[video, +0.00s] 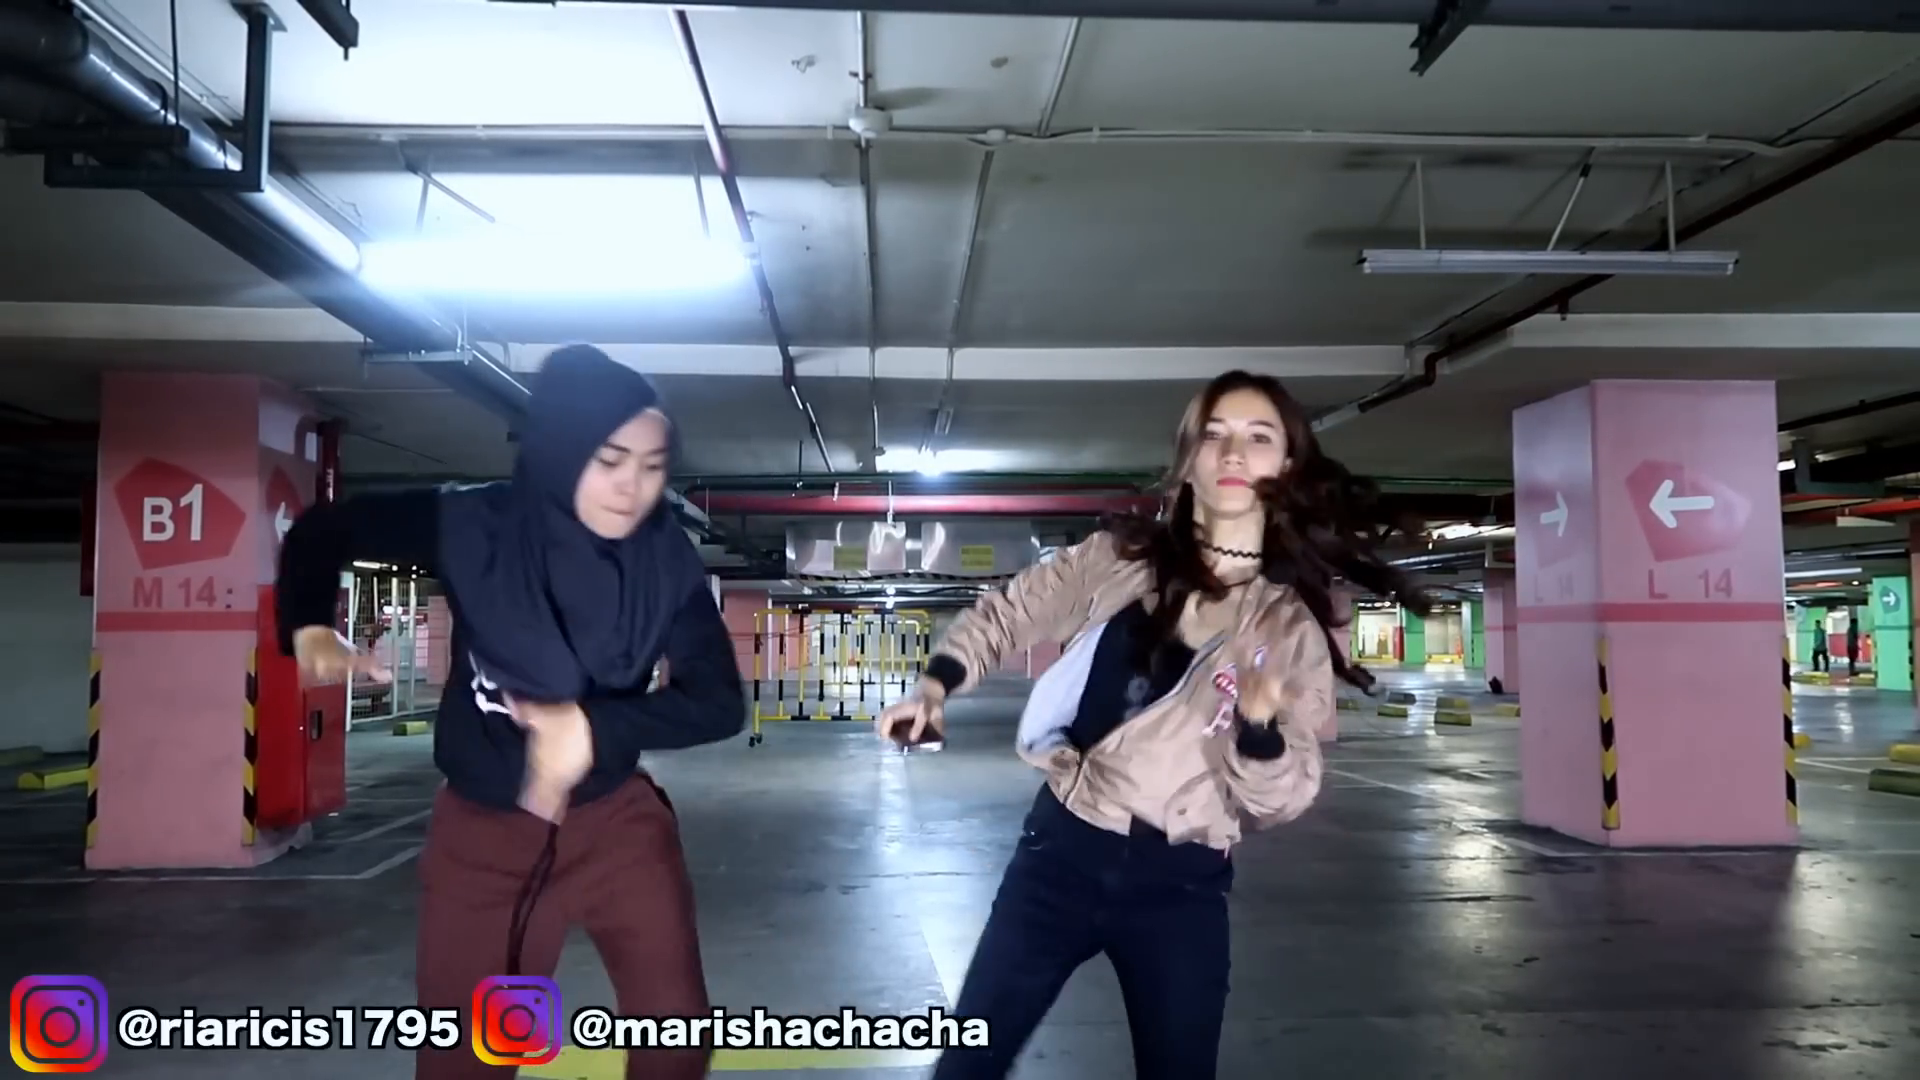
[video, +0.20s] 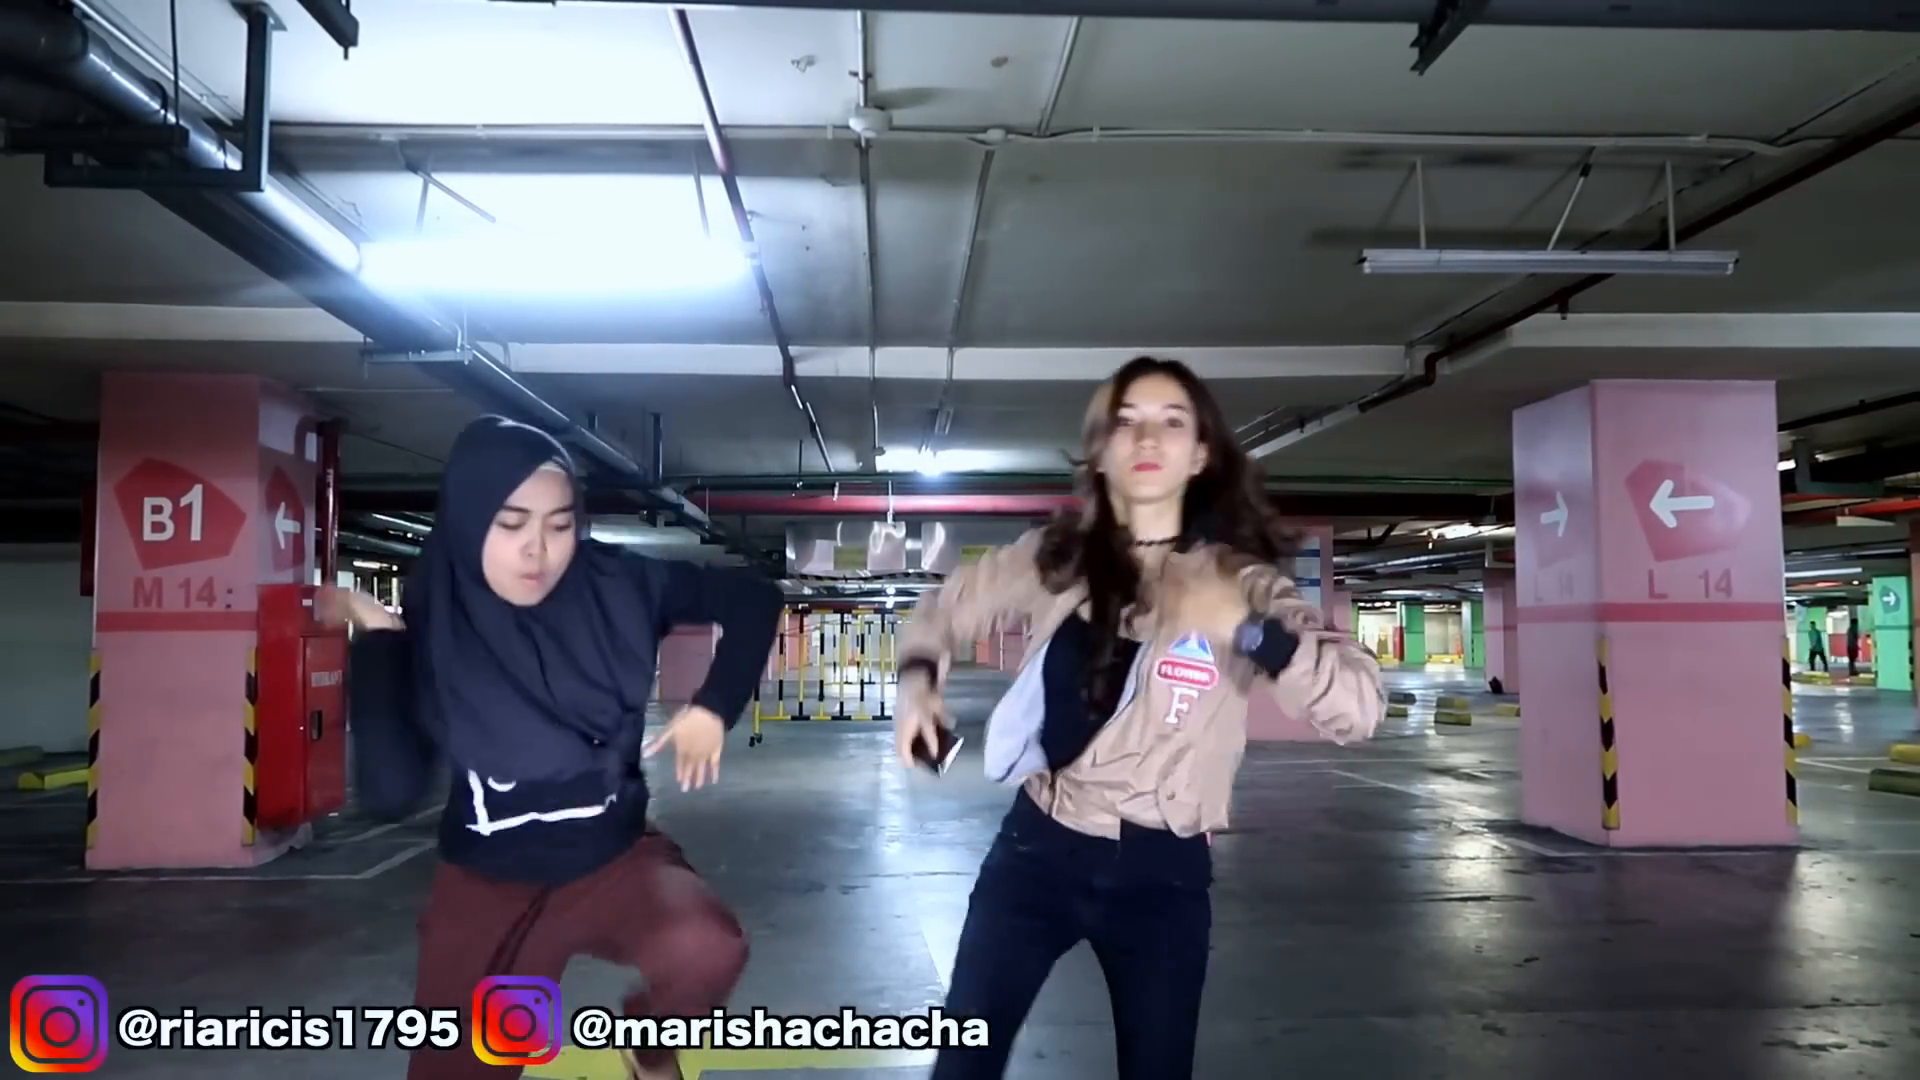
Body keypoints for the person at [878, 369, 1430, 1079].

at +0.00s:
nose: (1235, 454)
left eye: (1259, 438)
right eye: (1218, 436)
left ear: (1287, 464)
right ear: (1189, 458)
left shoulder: (1290, 627)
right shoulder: (1120, 559)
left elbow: (1284, 800)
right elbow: (1008, 612)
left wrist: (1257, 725)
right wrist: (934, 687)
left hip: (1180, 882)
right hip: (1060, 856)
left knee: (1180, 1069)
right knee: (965, 1060)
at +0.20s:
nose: (1146, 437)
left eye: (1171, 423)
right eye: (1126, 422)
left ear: (1203, 455)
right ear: (1099, 452)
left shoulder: (1242, 583)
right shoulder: (1058, 558)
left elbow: (1358, 715)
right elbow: (944, 610)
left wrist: (1265, 639)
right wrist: (917, 686)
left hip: (1161, 870)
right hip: (1037, 852)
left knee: (1157, 1070)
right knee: (961, 1060)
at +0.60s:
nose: (1084, 459)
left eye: (1104, 439)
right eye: (1061, 442)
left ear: (1129, 457)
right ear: (1030, 463)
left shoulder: (1195, 553)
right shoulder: (1011, 613)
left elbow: (1277, 610)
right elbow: (987, 796)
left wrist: (1347, 677)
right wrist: (1019, 775)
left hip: (1251, 849)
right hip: (1129, 870)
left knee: (1306, 1065)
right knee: (1084, 1069)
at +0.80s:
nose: (1122, 462)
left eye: (1139, 445)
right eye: (1098, 448)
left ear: (1164, 467)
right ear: (1066, 477)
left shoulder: (1222, 563)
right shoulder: (1046, 621)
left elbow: (1320, 565)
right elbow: (927, 757)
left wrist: (1385, 665)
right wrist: (975, 708)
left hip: (1273, 866)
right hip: (1152, 893)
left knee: (1389, 1058)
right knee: (1123, 1069)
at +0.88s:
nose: (1143, 452)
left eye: (1162, 434)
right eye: (1120, 438)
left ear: (1188, 452)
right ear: (1093, 465)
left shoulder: (1250, 554)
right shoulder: (1073, 598)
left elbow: (1361, 570)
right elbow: (996, 722)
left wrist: (1403, 669)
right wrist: (1021, 724)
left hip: (1293, 857)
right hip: (1168, 876)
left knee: (1359, 1066)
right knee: (1141, 1071)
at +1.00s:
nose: (1175, 480)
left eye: (1200, 456)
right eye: (1163, 462)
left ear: (1252, 474)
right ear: (1151, 481)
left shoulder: (1325, 610)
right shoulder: (1130, 609)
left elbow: (1425, 709)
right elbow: (1091, 721)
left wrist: (1395, 782)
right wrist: (1088, 776)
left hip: (1296, 892)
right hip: (1164, 892)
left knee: (1337, 1071)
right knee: (1104, 1067)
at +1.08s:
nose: (1192, 504)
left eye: (1216, 482)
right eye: (1194, 485)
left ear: (1282, 502)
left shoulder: (1347, 648)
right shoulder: (1159, 623)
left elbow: (1409, 790)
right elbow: (1062, 714)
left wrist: (1348, 792)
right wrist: (1041, 763)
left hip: (1294, 907)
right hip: (1167, 897)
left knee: (1341, 1071)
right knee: (1071, 1024)